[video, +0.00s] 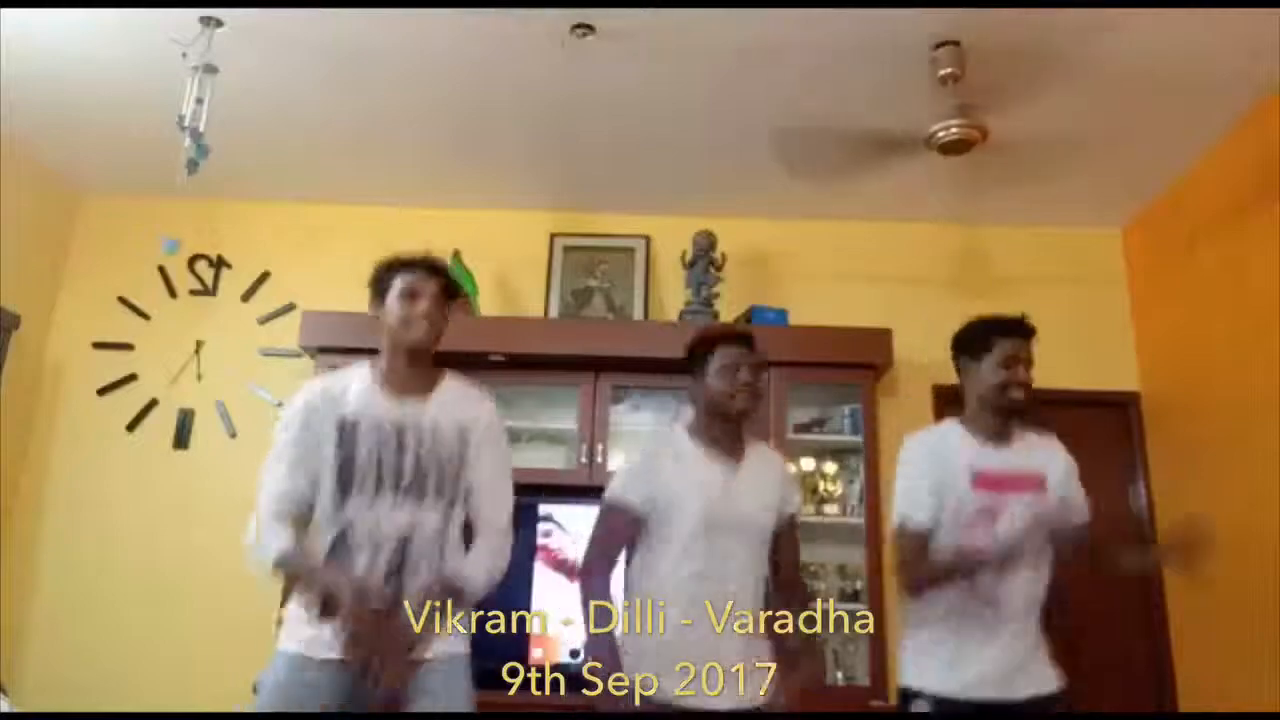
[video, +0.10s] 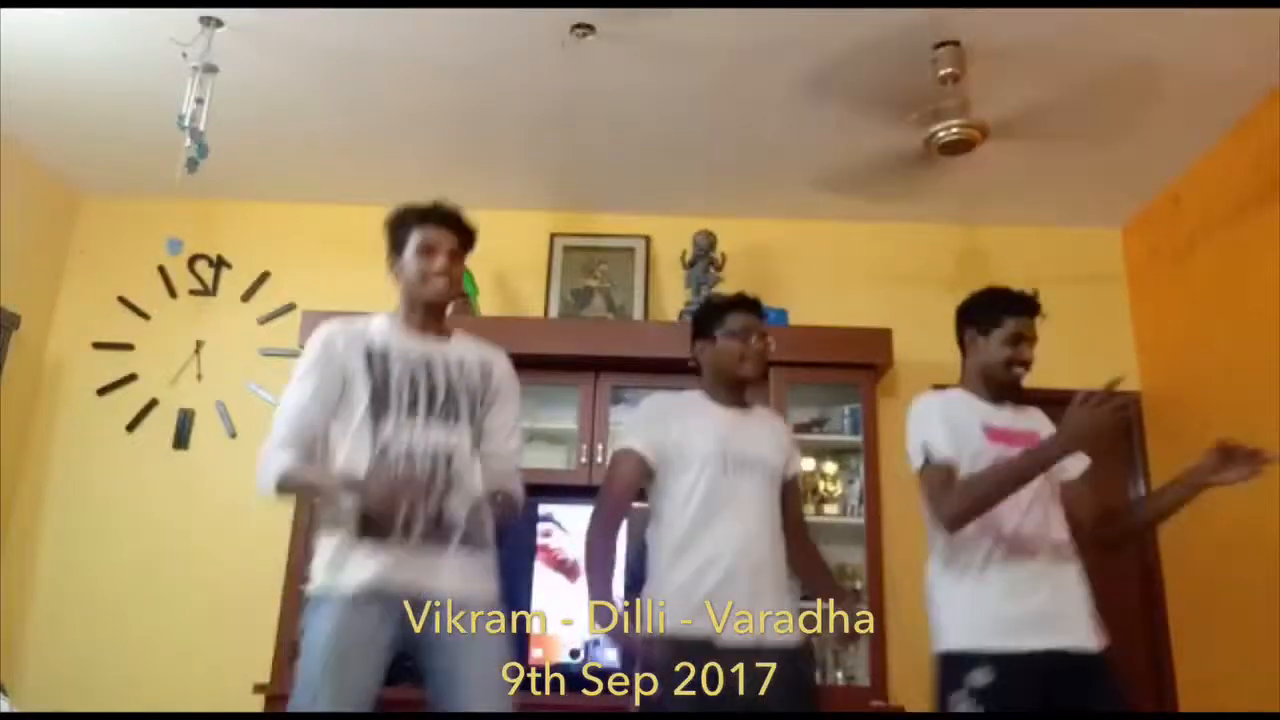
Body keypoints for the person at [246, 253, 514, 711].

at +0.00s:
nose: (425, 309)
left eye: (439, 299)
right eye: (409, 295)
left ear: (449, 317)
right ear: (378, 310)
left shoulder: (475, 413)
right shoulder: (319, 402)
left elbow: (494, 544)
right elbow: (273, 530)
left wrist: (412, 617)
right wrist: (350, 602)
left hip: (431, 654)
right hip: (320, 644)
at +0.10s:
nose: (442, 265)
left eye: (454, 254)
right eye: (427, 251)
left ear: (465, 268)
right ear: (396, 264)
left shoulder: (490, 365)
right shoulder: (340, 344)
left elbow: (505, 487)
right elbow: (281, 465)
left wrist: (440, 493)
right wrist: (363, 489)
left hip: (461, 588)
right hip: (358, 583)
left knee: (484, 704)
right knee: (323, 704)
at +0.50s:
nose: (478, 332)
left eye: (491, 321)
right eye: (462, 318)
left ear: (502, 337)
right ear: (432, 331)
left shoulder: (522, 442)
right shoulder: (380, 408)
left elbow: (529, 570)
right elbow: (298, 528)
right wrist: (192, 528)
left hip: (517, 644)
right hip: (428, 640)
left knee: (572, 703)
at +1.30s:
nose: (315, 261)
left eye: (330, 246)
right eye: (317, 249)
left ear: (376, 254)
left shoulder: (400, 339)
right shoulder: (328, 344)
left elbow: (401, 480)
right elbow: (273, 473)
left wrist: (326, 435)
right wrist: (169, 483)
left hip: (276, 556)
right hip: (230, 538)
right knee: (121, 697)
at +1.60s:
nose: (276, 318)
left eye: (297, 308)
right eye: (281, 307)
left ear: (345, 328)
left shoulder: (345, 410)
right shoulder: (285, 415)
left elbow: (338, 537)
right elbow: (248, 537)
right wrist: (171, 522)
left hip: (246, 613)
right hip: (185, 601)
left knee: (157, 700)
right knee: (85, 704)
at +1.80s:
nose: (321, 242)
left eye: (339, 233)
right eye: (317, 232)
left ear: (377, 256)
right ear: (308, 245)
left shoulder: (389, 327)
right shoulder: (274, 330)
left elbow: (413, 431)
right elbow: (226, 435)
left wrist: (320, 325)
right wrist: (136, 374)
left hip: (322, 562)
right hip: (236, 557)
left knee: (284, 704)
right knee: (166, 701)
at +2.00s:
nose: (352, 257)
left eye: (371, 248)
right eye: (344, 244)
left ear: (401, 270)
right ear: (331, 255)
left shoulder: (422, 362)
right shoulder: (278, 347)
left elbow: (445, 501)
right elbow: (239, 458)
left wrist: (379, 520)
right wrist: (190, 518)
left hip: (360, 578)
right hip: (267, 569)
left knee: (367, 703)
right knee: (206, 703)